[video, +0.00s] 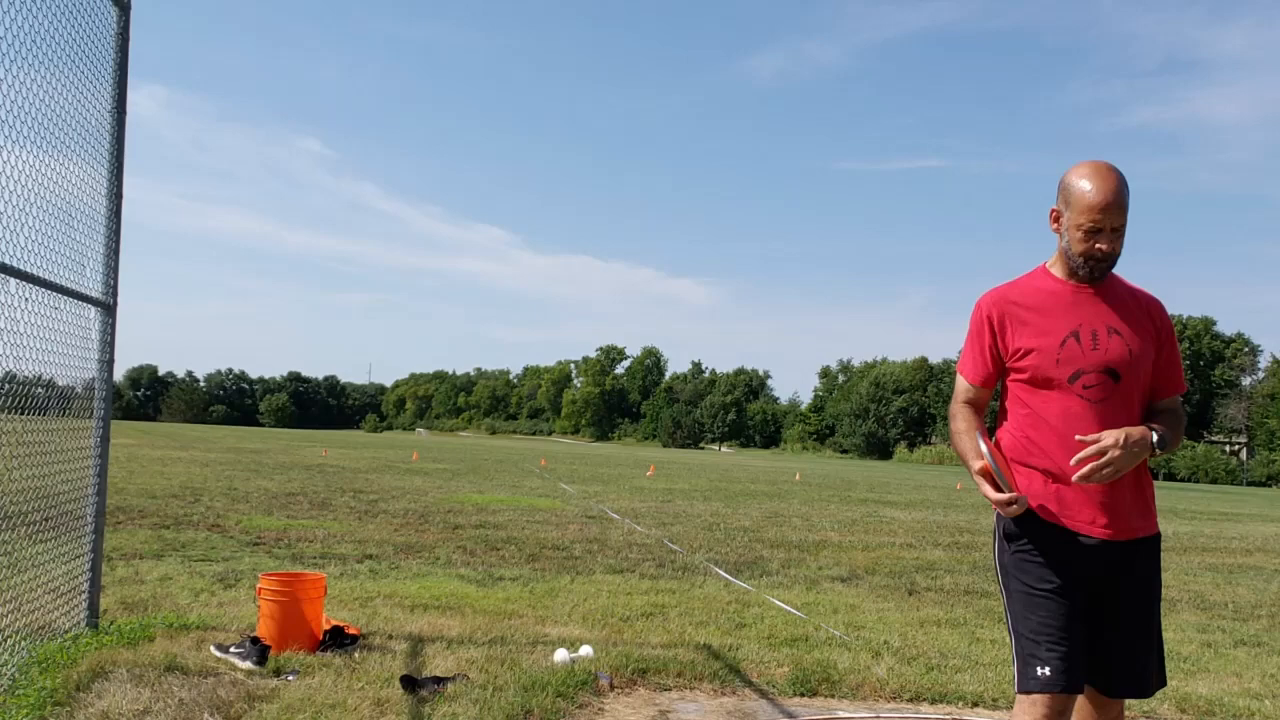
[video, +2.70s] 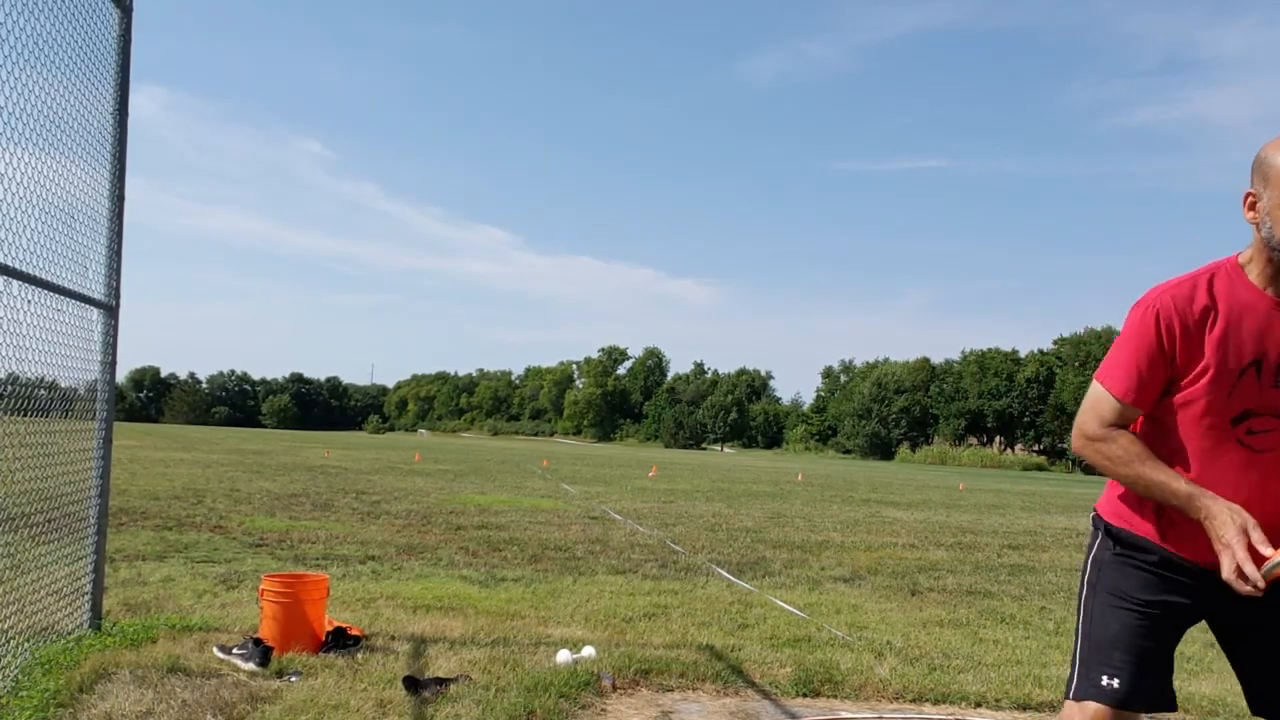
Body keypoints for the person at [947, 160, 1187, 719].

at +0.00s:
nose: (1105, 246)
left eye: (1116, 231)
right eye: (1091, 231)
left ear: (1127, 224)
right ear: (1057, 222)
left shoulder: (1149, 314)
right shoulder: (1001, 308)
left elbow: (1172, 418)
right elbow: (965, 406)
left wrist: (1148, 439)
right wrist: (979, 461)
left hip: (1126, 535)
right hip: (1037, 527)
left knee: (1107, 695)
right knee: (1047, 693)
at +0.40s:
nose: (1106, 231)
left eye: (1116, 214)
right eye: (1090, 218)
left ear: (1127, 201)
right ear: (1048, 204)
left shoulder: (1151, 284)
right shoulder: (997, 304)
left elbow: (1169, 383)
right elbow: (959, 415)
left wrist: (1193, 442)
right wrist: (974, 508)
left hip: (1154, 534)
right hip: (1051, 535)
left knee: (1198, 699)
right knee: (1053, 706)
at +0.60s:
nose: (1131, 228)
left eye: (1142, 210)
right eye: (1114, 213)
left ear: (1153, 195)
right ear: (1070, 198)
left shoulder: (1172, 281)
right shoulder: (1016, 295)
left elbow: (1193, 386)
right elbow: (973, 417)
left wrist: (1188, 452)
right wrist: (1052, 494)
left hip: (1171, 534)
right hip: (1066, 541)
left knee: (1228, 702)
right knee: (1066, 710)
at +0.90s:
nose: (1214, 232)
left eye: (1230, 214)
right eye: (1198, 213)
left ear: (1248, 199)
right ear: (1161, 192)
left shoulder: (1269, 295)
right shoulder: (1096, 284)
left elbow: (1271, 415)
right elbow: (1021, 387)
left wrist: (1271, 461)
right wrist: (1067, 466)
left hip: (1238, 559)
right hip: (1119, 554)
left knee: (1247, 709)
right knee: (1100, 712)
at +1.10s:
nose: (1277, 231)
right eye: (1270, 212)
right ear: (1243, 187)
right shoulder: (1161, 276)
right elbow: (1087, 377)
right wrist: (1066, 498)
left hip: (1267, 559)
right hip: (1152, 545)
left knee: (1263, 709)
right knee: (1109, 708)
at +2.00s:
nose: (1270, 255)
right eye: (1255, 235)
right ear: (1215, 205)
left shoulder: (1277, 294)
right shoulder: (1138, 288)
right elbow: (1053, 384)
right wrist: (1133, 467)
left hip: (1257, 573)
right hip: (1133, 560)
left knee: (1258, 709)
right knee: (1092, 711)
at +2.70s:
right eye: (1279, 195)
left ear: (1261, 206)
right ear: (1253, 206)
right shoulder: (1178, 308)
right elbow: (1093, 433)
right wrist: (1209, 509)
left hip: (1269, 570)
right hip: (1147, 553)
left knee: (1278, 704)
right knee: (1097, 710)